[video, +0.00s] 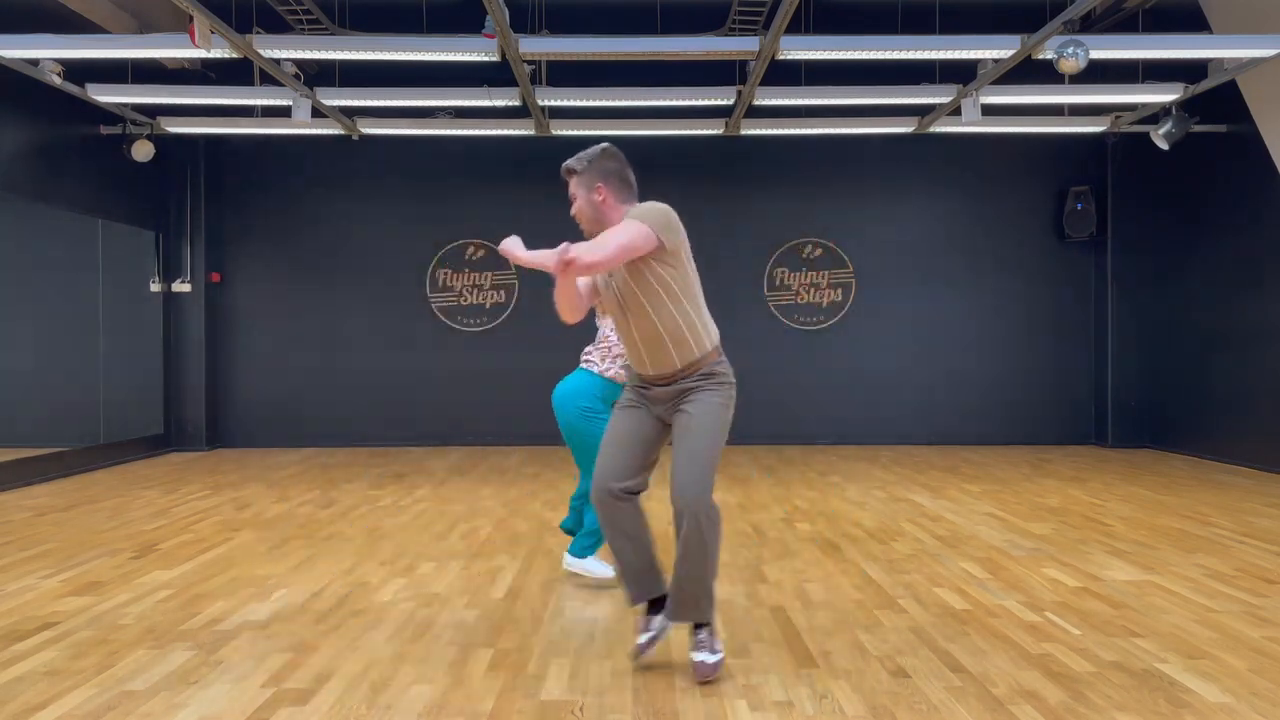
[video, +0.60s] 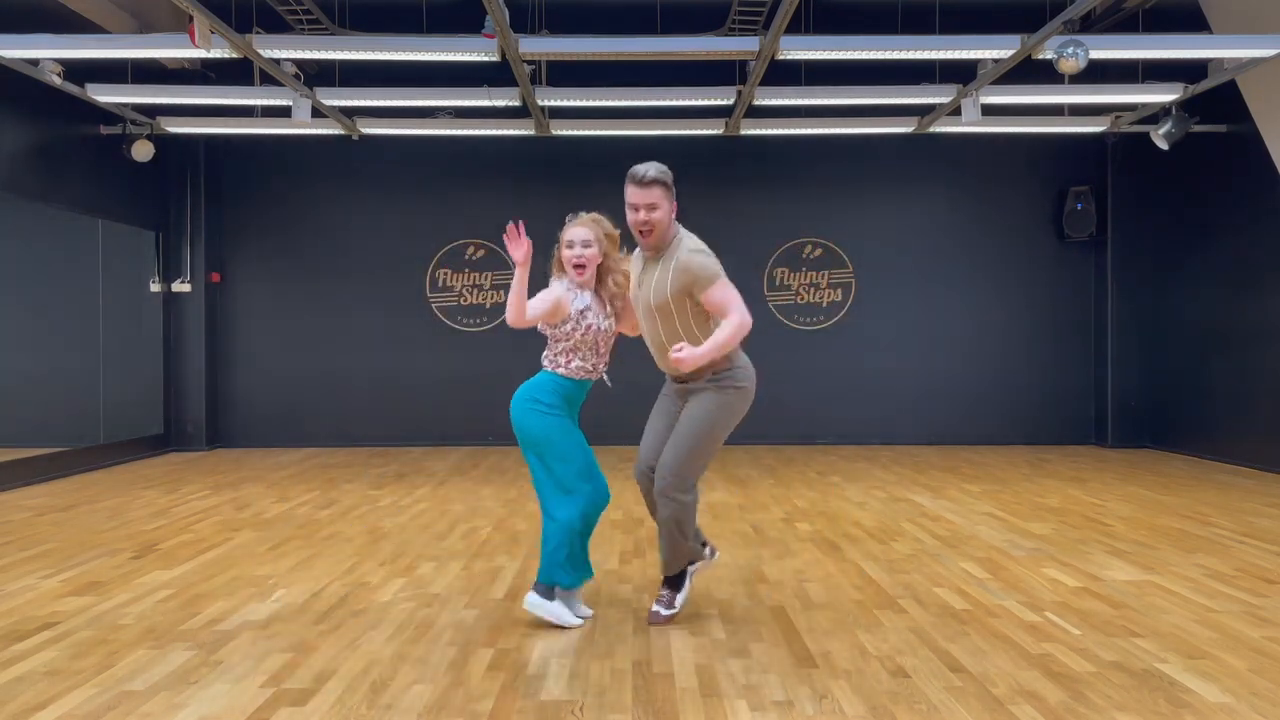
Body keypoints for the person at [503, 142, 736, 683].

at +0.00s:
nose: (570, 210)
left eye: (574, 198)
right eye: (570, 200)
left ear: (602, 193)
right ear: (602, 195)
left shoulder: (656, 218)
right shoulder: (592, 254)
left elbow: (587, 258)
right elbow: (571, 315)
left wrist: (523, 255)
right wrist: (561, 270)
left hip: (704, 381)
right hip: (643, 391)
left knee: (692, 498)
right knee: (609, 489)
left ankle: (701, 624)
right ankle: (656, 599)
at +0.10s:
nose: (597, 221)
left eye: (600, 209)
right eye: (596, 210)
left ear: (626, 204)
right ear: (627, 206)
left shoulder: (679, 231)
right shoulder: (625, 265)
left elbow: (625, 284)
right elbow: (597, 306)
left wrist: (550, 324)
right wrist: (605, 318)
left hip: (724, 391)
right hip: (671, 401)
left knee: (719, 515)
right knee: (652, 509)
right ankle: (724, 586)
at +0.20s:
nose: (616, 237)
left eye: (619, 227)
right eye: (616, 227)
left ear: (639, 228)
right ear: (647, 227)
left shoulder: (700, 268)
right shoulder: (640, 294)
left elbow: (690, 344)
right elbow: (637, 365)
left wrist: (666, 416)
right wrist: (648, 419)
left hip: (739, 411)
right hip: (692, 425)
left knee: (738, 534)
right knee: (690, 535)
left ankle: (804, 639)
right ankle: (764, 608)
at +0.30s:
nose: (624, 219)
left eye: (626, 210)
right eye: (624, 211)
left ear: (639, 214)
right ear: (663, 209)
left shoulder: (697, 258)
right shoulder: (649, 270)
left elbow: (751, 323)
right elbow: (661, 344)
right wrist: (661, 408)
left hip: (734, 396)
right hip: (690, 407)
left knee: (742, 518)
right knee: (691, 515)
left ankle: (800, 636)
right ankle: (764, 612)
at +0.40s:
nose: (619, 192)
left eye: (623, 184)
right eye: (620, 184)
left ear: (645, 187)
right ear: (651, 185)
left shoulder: (695, 232)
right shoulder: (651, 235)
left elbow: (758, 279)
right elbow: (667, 295)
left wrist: (796, 347)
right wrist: (652, 341)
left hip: (725, 366)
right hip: (682, 374)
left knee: (721, 476)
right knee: (672, 475)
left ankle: (778, 599)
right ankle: (742, 567)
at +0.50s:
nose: (632, 193)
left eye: (643, 183)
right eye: (626, 183)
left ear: (671, 185)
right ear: (622, 186)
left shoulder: (694, 233)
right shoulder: (645, 238)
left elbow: (758, 277)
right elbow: (662, 287)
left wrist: (751, 345)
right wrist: (636, 310)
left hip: (723, 362)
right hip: (681, 367)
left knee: (683, 462)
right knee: (650, 457)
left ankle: (734, 563)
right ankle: (729, 533)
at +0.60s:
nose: (642, 217)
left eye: (652, 207)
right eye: (634, 208)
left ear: (674, 207)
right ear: (626, 209)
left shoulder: (693, 260)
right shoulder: (637, 261)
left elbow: (740, 318)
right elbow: (634, 324)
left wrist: (703, 353)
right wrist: (583, 316)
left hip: (722, 382)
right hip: (676, 383)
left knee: (672, 478)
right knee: (646, 468)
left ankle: (675, 575)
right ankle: (691, 547)